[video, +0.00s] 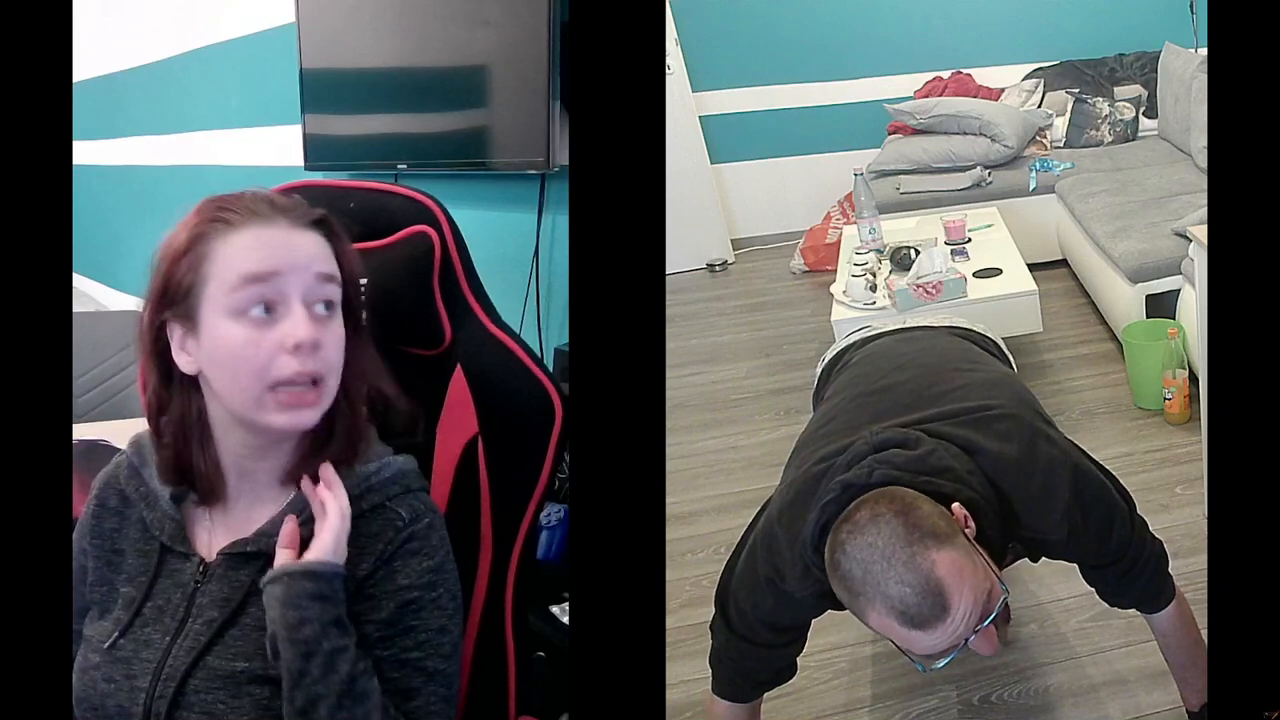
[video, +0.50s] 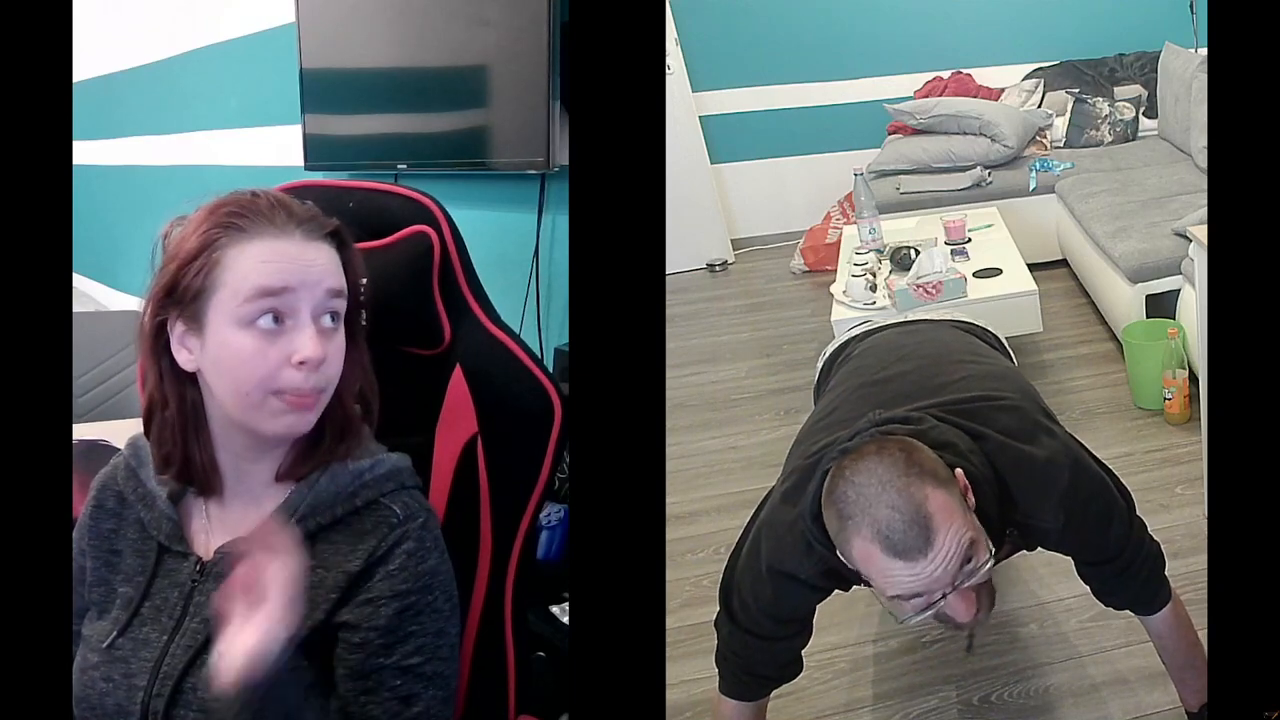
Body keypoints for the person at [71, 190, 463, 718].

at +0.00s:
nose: (306, 335)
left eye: (325, 305)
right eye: (263, 308)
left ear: (346, 328)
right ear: (184, 342)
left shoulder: (393, 518)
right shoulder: (126, 493)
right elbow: (80, 676)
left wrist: (308, 613)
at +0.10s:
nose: (316, 346)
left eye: (332, 312)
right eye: (273, 316)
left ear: (350, 328)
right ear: (188, 343)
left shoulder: (393, 522)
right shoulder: (121, 495)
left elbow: (421, 708)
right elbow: (80, 677)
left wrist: (311, 626)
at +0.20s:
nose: (317, 351)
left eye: (333, 316)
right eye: (273, 319)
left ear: (350, 332)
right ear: (187, 343)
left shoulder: (391, 520)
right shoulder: (121, 493)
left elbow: (421, 708)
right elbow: (81, 677)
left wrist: (311, 629)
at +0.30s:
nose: (316, 352)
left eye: (332, 317)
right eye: (273, 320)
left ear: (349, 332)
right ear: (187, 343)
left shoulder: (391, 520)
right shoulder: (121, 494)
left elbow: (419, 708)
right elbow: (81, 678)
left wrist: (309, 631)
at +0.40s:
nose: (314, 353)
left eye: (331, 317)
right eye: (271, 320)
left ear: (348, 333)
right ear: (186, 342)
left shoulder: (389, 522)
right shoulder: (122, 493)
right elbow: (80, 676)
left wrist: (304, 634)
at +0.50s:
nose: (312, 352)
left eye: (330, 317)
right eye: (271, 319)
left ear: (347, 333)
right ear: (186, 340)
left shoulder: (393, 537)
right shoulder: (120, 500)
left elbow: (406, 707)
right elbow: (81, 682)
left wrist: (262, 686)